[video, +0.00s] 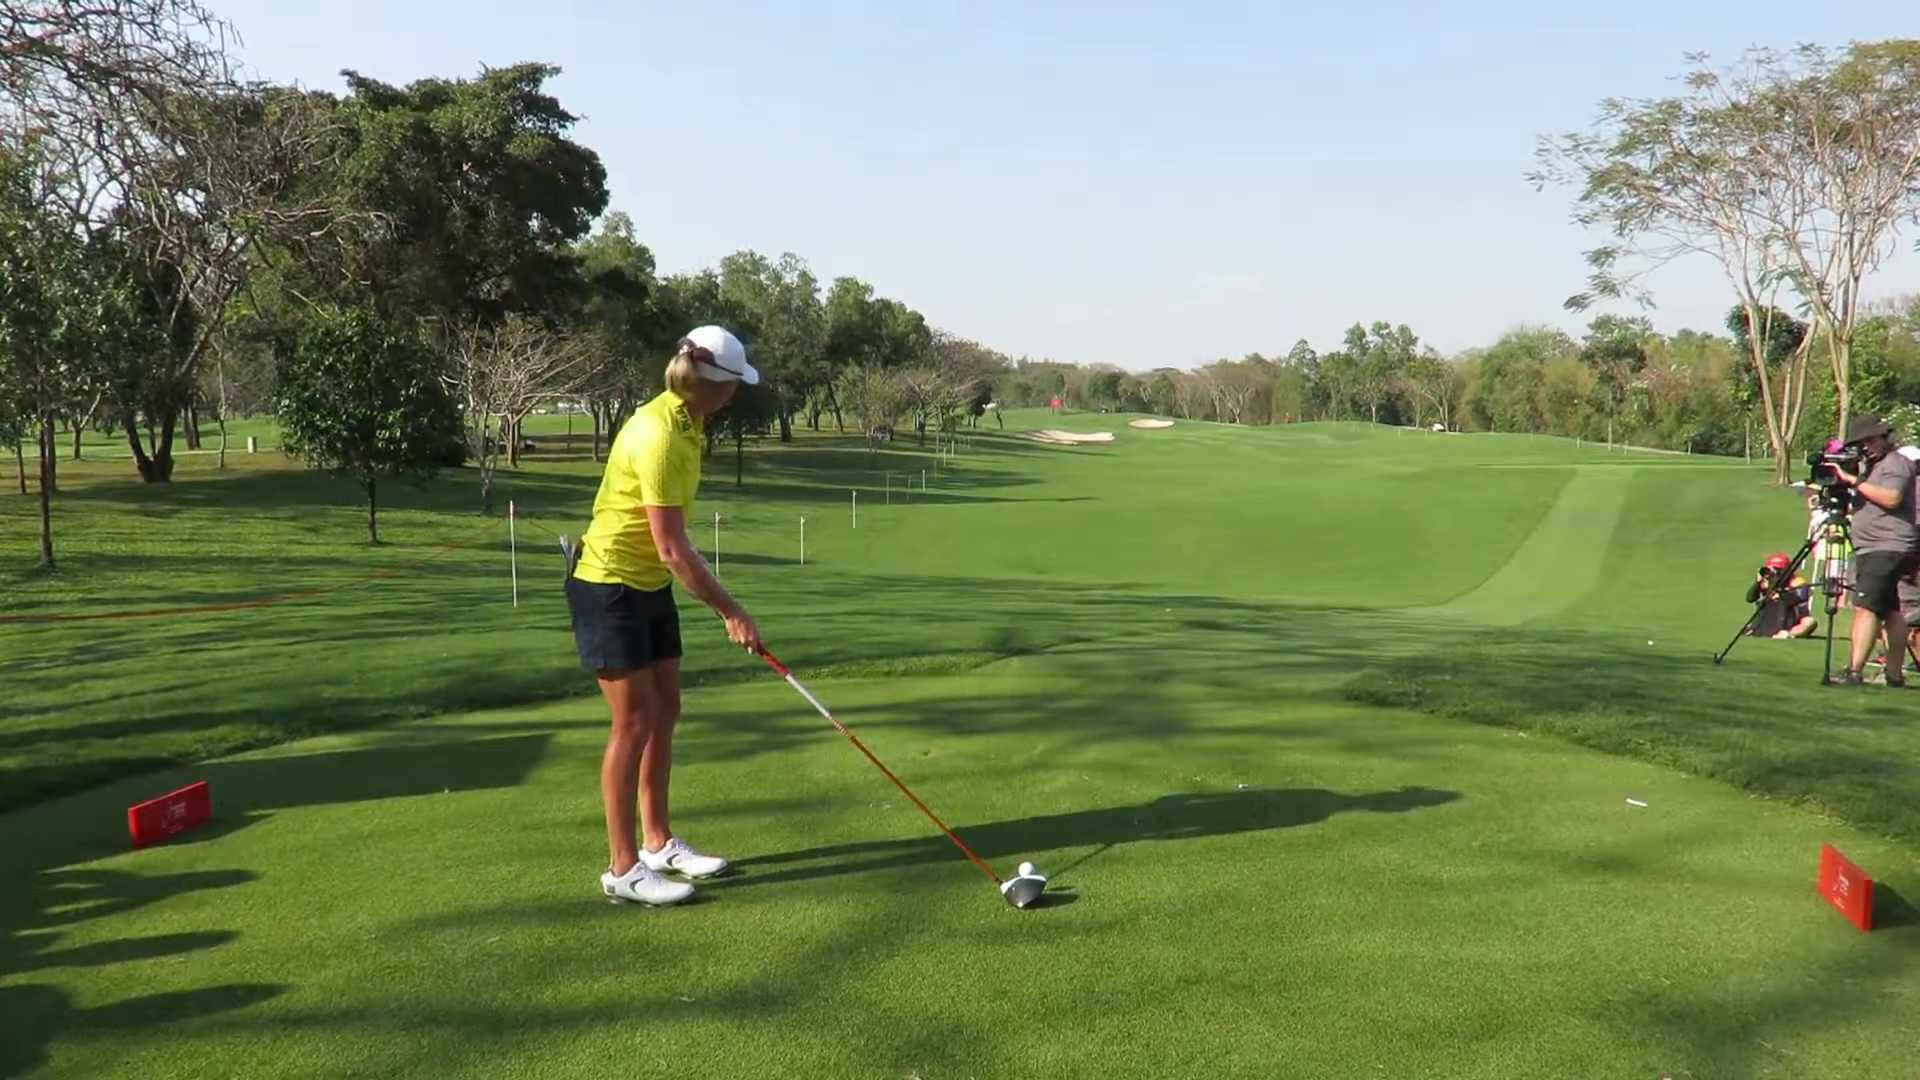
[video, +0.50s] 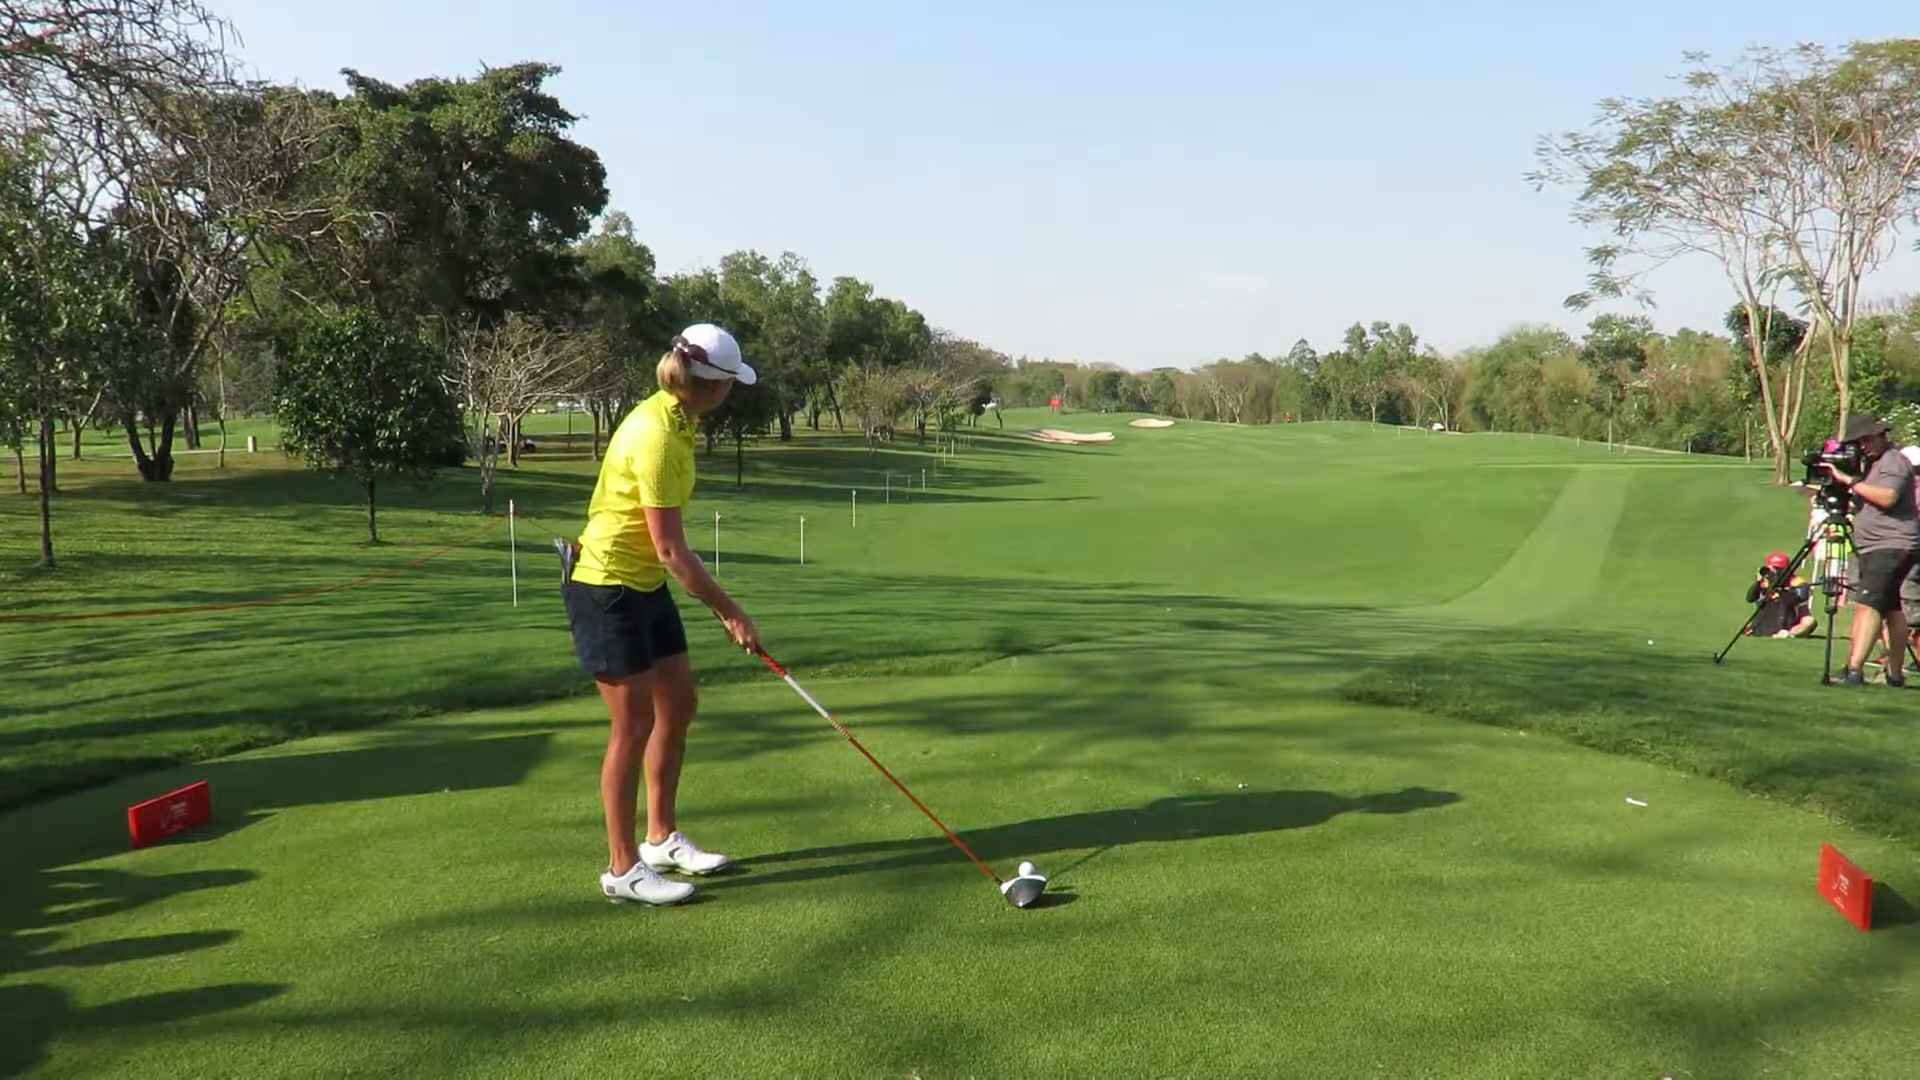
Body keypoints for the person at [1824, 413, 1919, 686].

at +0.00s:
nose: (1865, 449)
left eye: (1870, 442)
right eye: (1862, 444)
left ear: (1885, 438)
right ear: (1860, 445)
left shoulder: (1896, 463)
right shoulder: (1876, 467)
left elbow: (1891, 498)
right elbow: (1866, 499)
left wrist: (1854, 481)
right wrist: (1843, 479)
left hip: (1888, 547)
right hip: (1874, 547)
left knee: (1866, 606)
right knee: (1891, 612)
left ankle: (1853, 671)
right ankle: (1894, 674)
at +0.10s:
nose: (1864, 449)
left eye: (1868, 442)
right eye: (1860, 445)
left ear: (1883, 439)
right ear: (1860, 446)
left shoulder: (1895, 463)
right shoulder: (1876, 467)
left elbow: (1890, 499)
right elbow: (1867, 496)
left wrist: (1853, 482)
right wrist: (1844, 478)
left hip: (1887, 548)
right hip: (1875, 548)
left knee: (1864, 606)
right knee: (1891, 613)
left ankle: (1853, 670)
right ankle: (1895, 674)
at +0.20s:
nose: (1864, 450)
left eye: (1868, 443)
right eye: (1860, 446)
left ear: (1883, 439)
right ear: (1860, 447)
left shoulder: (1895, 464)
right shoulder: (1876, 468)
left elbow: (1889, 499)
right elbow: (1865, 494)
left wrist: (1852, 483)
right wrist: (1843, 477)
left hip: (1888, 548)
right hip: (1875, 548)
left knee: (1863, 606)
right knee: (1890, 613)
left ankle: (1853, 671)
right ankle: (1895, 675)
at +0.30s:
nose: (1864, 450)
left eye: (1867, 443)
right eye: (1860, 446)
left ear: (1882, 439)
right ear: (1860, 446)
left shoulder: (1895, 464)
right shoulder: (1877, 467)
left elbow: (1889, 500)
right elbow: (1866, 493)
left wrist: (1852, 483)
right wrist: (1843, 477)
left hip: (1889, 548)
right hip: (1875, 548)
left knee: (1864, 606)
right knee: (1890, 612)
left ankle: (1853, 671)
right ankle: (1895, 675)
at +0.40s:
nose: (1863, 448)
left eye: (1867, 441)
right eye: (1860, 444)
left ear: (1882, 437)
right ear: (1859, 445)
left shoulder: (1894, 462)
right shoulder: (1877, 465)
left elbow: (1888, 498)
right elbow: (1867, 493)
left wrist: (1851, 481)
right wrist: (1844, 476)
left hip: (1890, 547)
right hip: (1875, 546)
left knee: (1866, 605)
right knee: (1891, 612)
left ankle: (1853, 670)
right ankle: (1894, 674)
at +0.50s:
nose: (1863, 447)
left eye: (1866, 440)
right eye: (1859, 443)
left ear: (1882, 436)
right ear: (1858, 444)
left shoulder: (1893, 461)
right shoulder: (1875, 465)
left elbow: (1887, 497)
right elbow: (1865, 495)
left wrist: (1850, 481)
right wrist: (1842, 477)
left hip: (1892, 546)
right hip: (1875, 547)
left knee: (1869, 604)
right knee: (1892, 611)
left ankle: (1853, 670)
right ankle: (1895, 674)